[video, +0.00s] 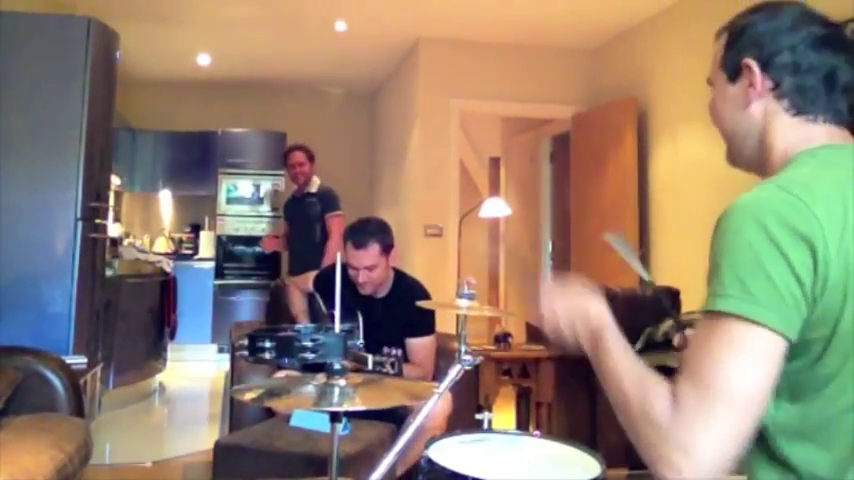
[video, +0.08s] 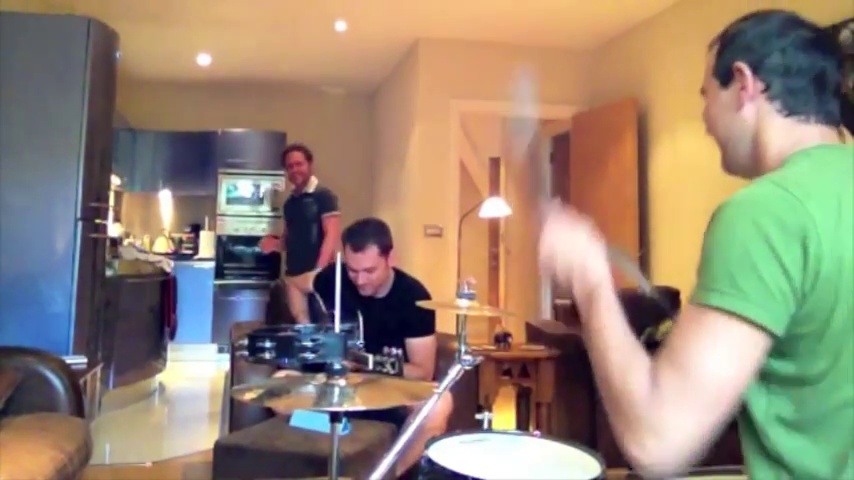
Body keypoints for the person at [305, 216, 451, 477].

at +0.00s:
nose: (361, 278)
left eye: (370, 269)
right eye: (353, 268)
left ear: (390, 259)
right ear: (344, 258)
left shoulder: (413, 295)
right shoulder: (335, 278)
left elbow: (423, 371)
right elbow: (294, 285)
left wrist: (368, 365)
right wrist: (306, 331)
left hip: (390, 388)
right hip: (337, 381)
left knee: (439, 403)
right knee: (282, 386)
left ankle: (389, 473)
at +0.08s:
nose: (360, 280)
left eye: (370, 271)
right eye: (353, 271)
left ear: (389, 259)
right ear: (344, 261)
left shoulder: (413, 295)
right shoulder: (333, 278)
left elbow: (424, 371)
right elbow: (294, 285)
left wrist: (369, 366)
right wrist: (306, 330)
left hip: (389, 389)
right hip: (335, 381)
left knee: (439, 403)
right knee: (280, 387)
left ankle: (388, 473)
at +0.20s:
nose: (359, 283)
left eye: (368, 273)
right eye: (352, 274)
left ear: (388, 260)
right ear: (344, 263)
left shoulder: (412, 295)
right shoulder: (333, 279)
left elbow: (424, 371)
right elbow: (294, 285)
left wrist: (369, 365)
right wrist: (305, 329)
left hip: (389, 389)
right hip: (335, 381)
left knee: (440, 402)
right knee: (280, 388)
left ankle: (388, 473)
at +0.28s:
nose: (358, 283)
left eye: (366, 273)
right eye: (351, 274)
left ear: (388, 261)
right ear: (344, 264)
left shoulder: (412, 295)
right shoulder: (333, 279)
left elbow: (424, 371)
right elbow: (294, 285)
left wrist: (370, 365)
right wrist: (306, 330)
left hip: (389, 389)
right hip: (335, 382)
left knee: (440, 402)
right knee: (280, 387)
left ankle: (388, 473)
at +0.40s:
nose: (356, 281)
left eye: (365, 271)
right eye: (350, 271)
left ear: (387, 260)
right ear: (342, 261)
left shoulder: (412, 295)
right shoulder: (333, 279)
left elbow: (423, 371)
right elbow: (295, 283)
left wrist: (368, 365)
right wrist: (305, 328)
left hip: (388, 390)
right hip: (334, 383)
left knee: (439, 402)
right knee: (281, 385)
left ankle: (389, 473)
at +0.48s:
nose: (356, 281)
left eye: (365, 271)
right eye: (349, 271)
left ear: (386, 260)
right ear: (342, 261)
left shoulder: (412, 295)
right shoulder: (332, 279)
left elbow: (423, 371)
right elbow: (294, 284)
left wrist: (368, 364)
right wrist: (305, 328)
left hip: (388, 389)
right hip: (334, 382)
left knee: (439, 402)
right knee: (280, 387)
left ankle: (389, 473)